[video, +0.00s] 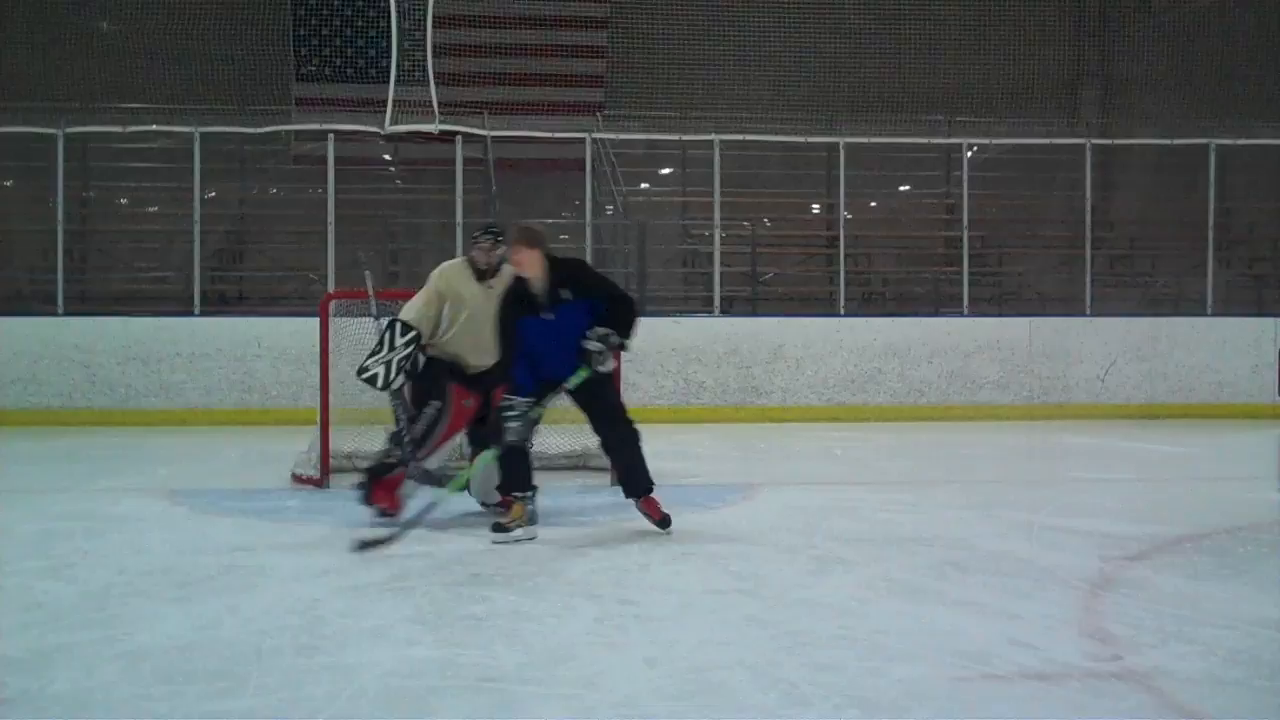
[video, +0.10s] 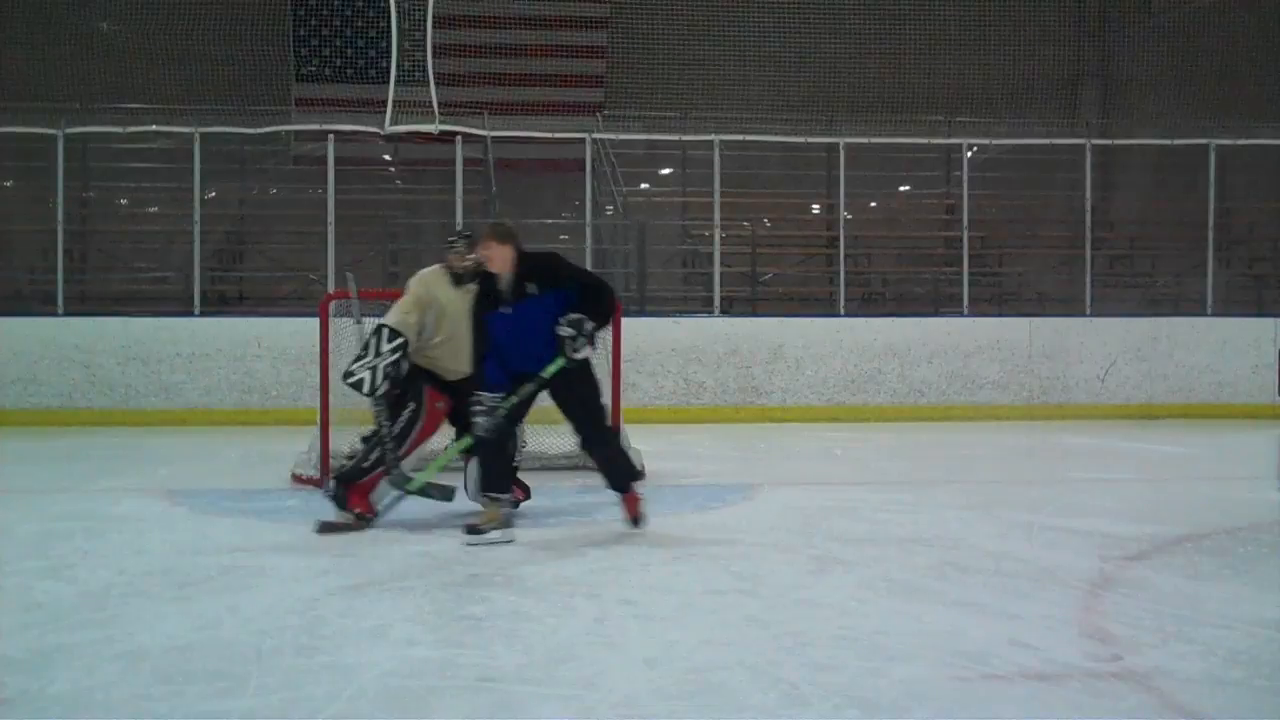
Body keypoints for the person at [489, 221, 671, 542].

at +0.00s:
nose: (514, 260)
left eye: (519, 252)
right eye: (511, 254)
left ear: (536, 251)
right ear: (511, 259)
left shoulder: (573, 273)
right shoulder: (513, 298)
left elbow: (623, 305)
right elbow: (511, 352)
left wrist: (610, 340)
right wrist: (514, 393)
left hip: (582, 368)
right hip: (536, 376)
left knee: (617, 428)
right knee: (512, 432)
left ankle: (642, 496)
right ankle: (519, 504)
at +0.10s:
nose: (484, 258)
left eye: (490, 250)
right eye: (481, 252)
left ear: (509, 249)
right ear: (480, 256)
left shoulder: (547, 268)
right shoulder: (485, 295)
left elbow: (602, 295)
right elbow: (484, 352)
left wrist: (585, 324)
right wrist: (487, 396)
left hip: (563, 363)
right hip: (516, 373)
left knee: (593, 432)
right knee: (493, 431)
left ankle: (627, 490)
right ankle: (496, 505)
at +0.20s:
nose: (464, 255)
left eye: (469, 246)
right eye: (461, 249)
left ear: (489, 245)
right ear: (460, 253)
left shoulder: (524, 266)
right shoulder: (465, 291)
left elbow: (584, 289)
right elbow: (466, 350)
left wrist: (567, 318)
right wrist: (462, 394)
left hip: (547, 364)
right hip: (501, 373)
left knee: (553, 435)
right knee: (473, 432)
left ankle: (595, 493)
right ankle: (471, 506)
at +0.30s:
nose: (450, 253)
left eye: (456, 246)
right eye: (444, 249)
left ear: (473, 246)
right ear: (441, 255)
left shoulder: (505, 269)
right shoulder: (447, 292)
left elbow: (566, 293)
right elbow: (444, 350)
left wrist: (549, 320)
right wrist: (438, 396)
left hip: (525, 367)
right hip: (481, 375)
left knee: (515, 437)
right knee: (447, 429)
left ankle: (551, 510)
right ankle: (444, 508)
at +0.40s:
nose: (432, 254)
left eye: (438, 247)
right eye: (426, 249)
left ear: (455, 247)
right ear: (422, 255)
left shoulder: (489, 272)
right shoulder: (428, 291)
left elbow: (549, 300)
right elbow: (425, 348)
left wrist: (533, 328)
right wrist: (420, 395)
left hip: (499, 375)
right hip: (454, 379)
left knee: (483, 441)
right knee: (417, 432)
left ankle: (518, 517)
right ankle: (415, 507)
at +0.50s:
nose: (411, 255)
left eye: (417, 247)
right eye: (405, 249)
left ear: (435, 247)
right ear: (401, 254)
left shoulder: (467, 274)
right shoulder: (404, 291)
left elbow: (524, 299)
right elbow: (399, 347)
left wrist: (513, 329)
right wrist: (394, 394)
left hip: (474, 378)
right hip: (430, 383)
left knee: (454, 445)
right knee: (392, 436)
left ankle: (496, 521)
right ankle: (388, 508)